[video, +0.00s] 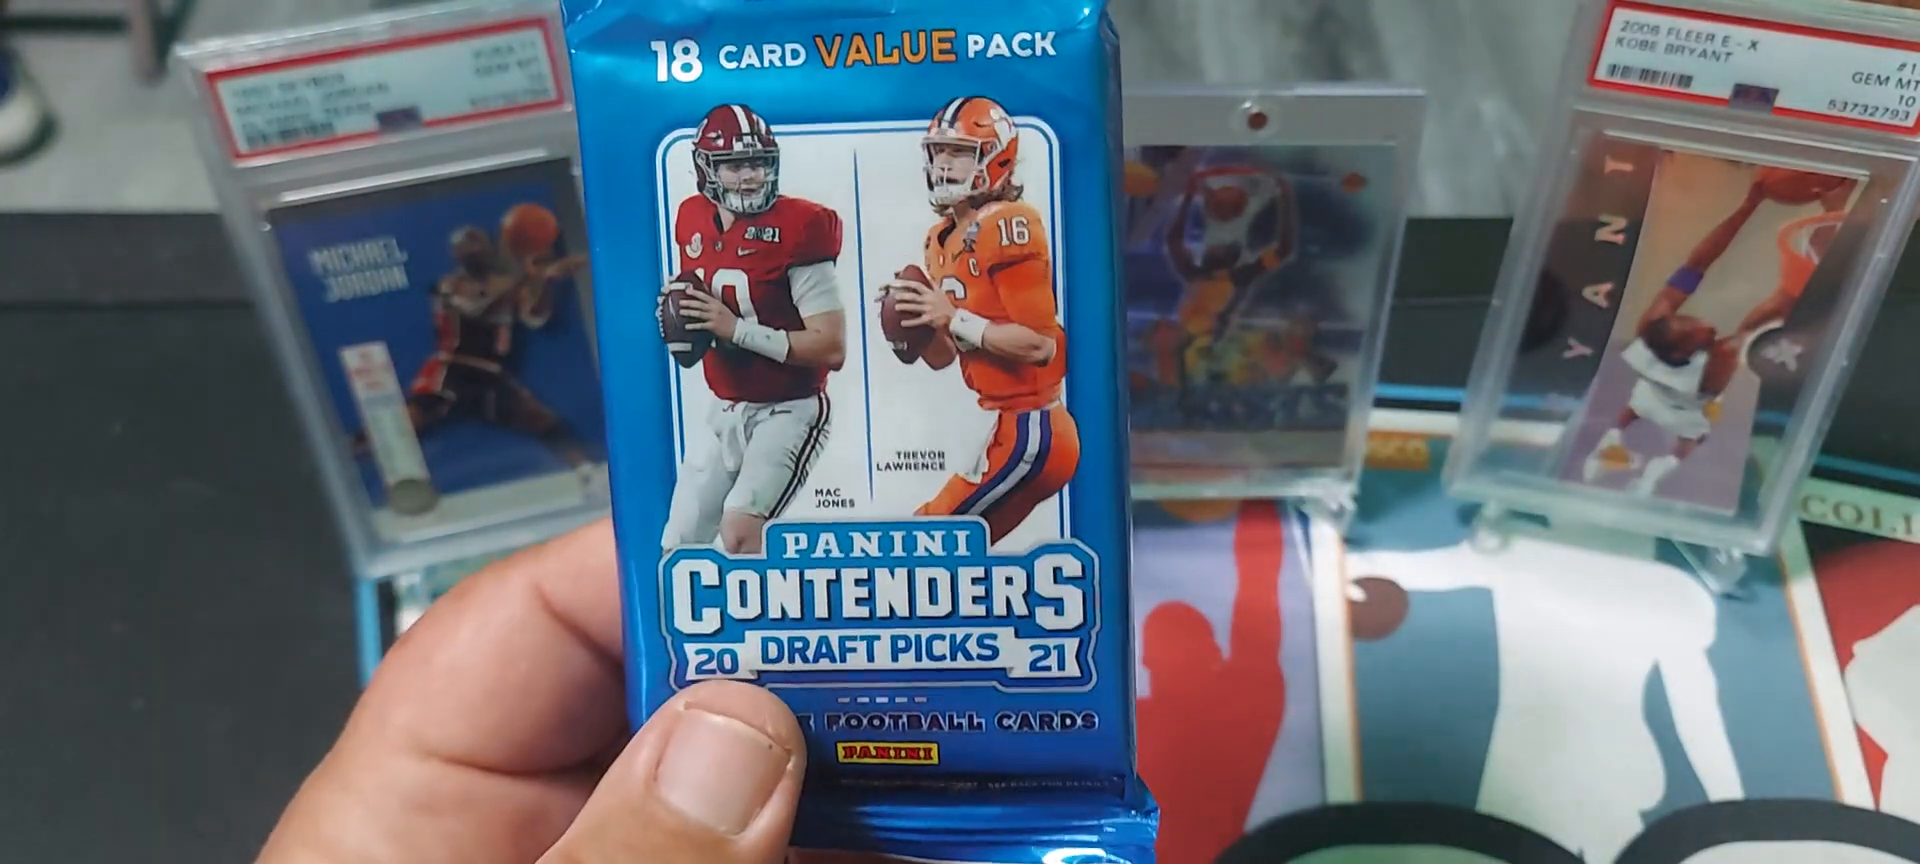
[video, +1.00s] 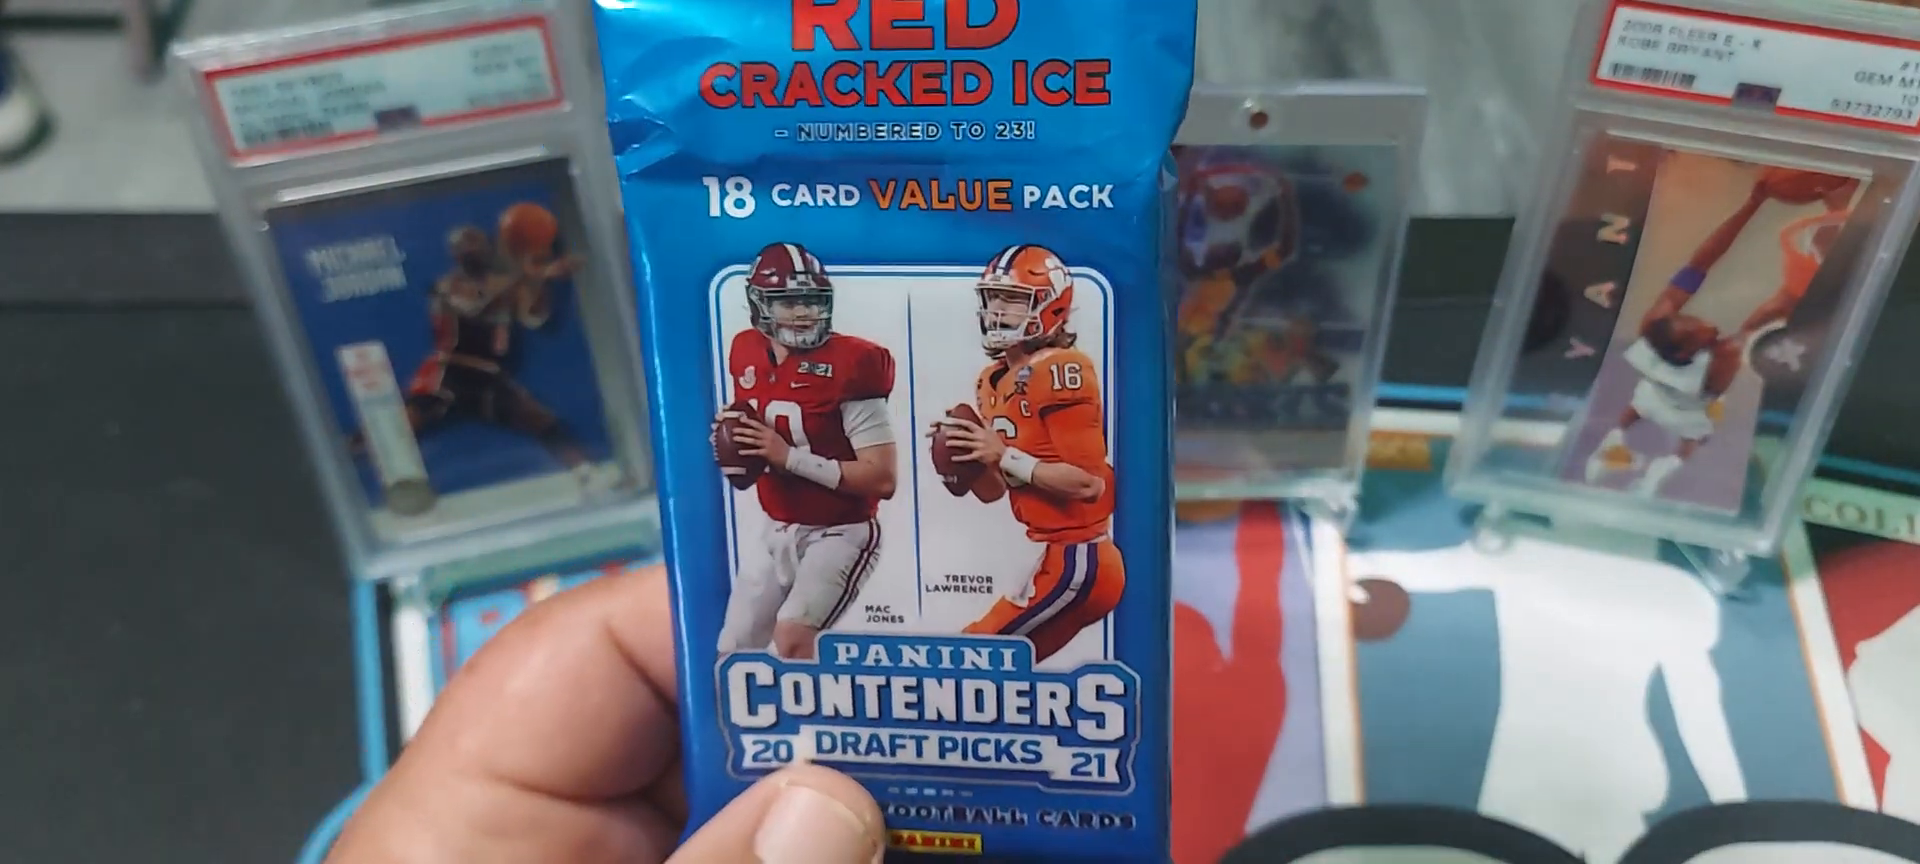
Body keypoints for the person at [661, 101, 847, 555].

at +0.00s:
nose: (747, 176)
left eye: (756, 164)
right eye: (734, 166)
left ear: (771, 165)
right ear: (708, 168)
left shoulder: (801, 226)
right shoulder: (692, 217)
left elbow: (831, 348)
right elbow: (694, 295)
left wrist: (735, 328)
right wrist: (675, 311)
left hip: (791, 411)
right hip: (724, 412)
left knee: (738, 535)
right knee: (678, 547)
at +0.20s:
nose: (763, 203)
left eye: (773, 191)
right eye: (750, 191)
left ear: (788, 192)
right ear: (723, 194)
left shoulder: (819, 254)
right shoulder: (707, 242)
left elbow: (845, 378)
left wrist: (748, 355)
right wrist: (688, 339)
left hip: (804, 439)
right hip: (735, 438)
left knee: (749, 557)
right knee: (689, 569)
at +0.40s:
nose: (728, 246)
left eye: (736, 233)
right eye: (713, 236)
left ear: (751, 235)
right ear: (684, 242)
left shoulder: (788, 298)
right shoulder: (671, 287)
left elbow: (819, 420)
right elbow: (676, 419)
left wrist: (719, 396)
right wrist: (657, 384)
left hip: (782, 476)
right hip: (711, 474)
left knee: (735, 585)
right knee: (675, 601)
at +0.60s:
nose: (742, 263)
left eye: (751, 250)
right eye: (728, 252)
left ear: (766, 253)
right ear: (700, 257)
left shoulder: (801, 313)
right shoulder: (687, 305)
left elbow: (835, 433)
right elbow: (691, 437)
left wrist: (735, 413)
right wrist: (675, 399)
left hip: (797, 490)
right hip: (730, 491)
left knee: (751, 602)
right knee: (693, 616)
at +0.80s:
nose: (745, 293)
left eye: (753, 281)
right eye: (731, 283)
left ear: (768, 283)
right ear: (702, 290)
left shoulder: (803, 344)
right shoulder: (689, 335)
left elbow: (839, 463)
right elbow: (696, 463)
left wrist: (739, 442)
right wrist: (677, 423)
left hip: (801, 517)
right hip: (733, 517)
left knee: (757, 621)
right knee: (699, 638)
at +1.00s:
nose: (800, 313)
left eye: (810, 302)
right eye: (788, 302)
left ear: (825, 304)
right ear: (761, 304)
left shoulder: (854, 363)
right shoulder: (746, 351)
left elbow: (882, 479)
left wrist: (786, 455)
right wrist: (728, 437)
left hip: (842, 534)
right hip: (775, 532)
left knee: (791, 637)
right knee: (733, 651)